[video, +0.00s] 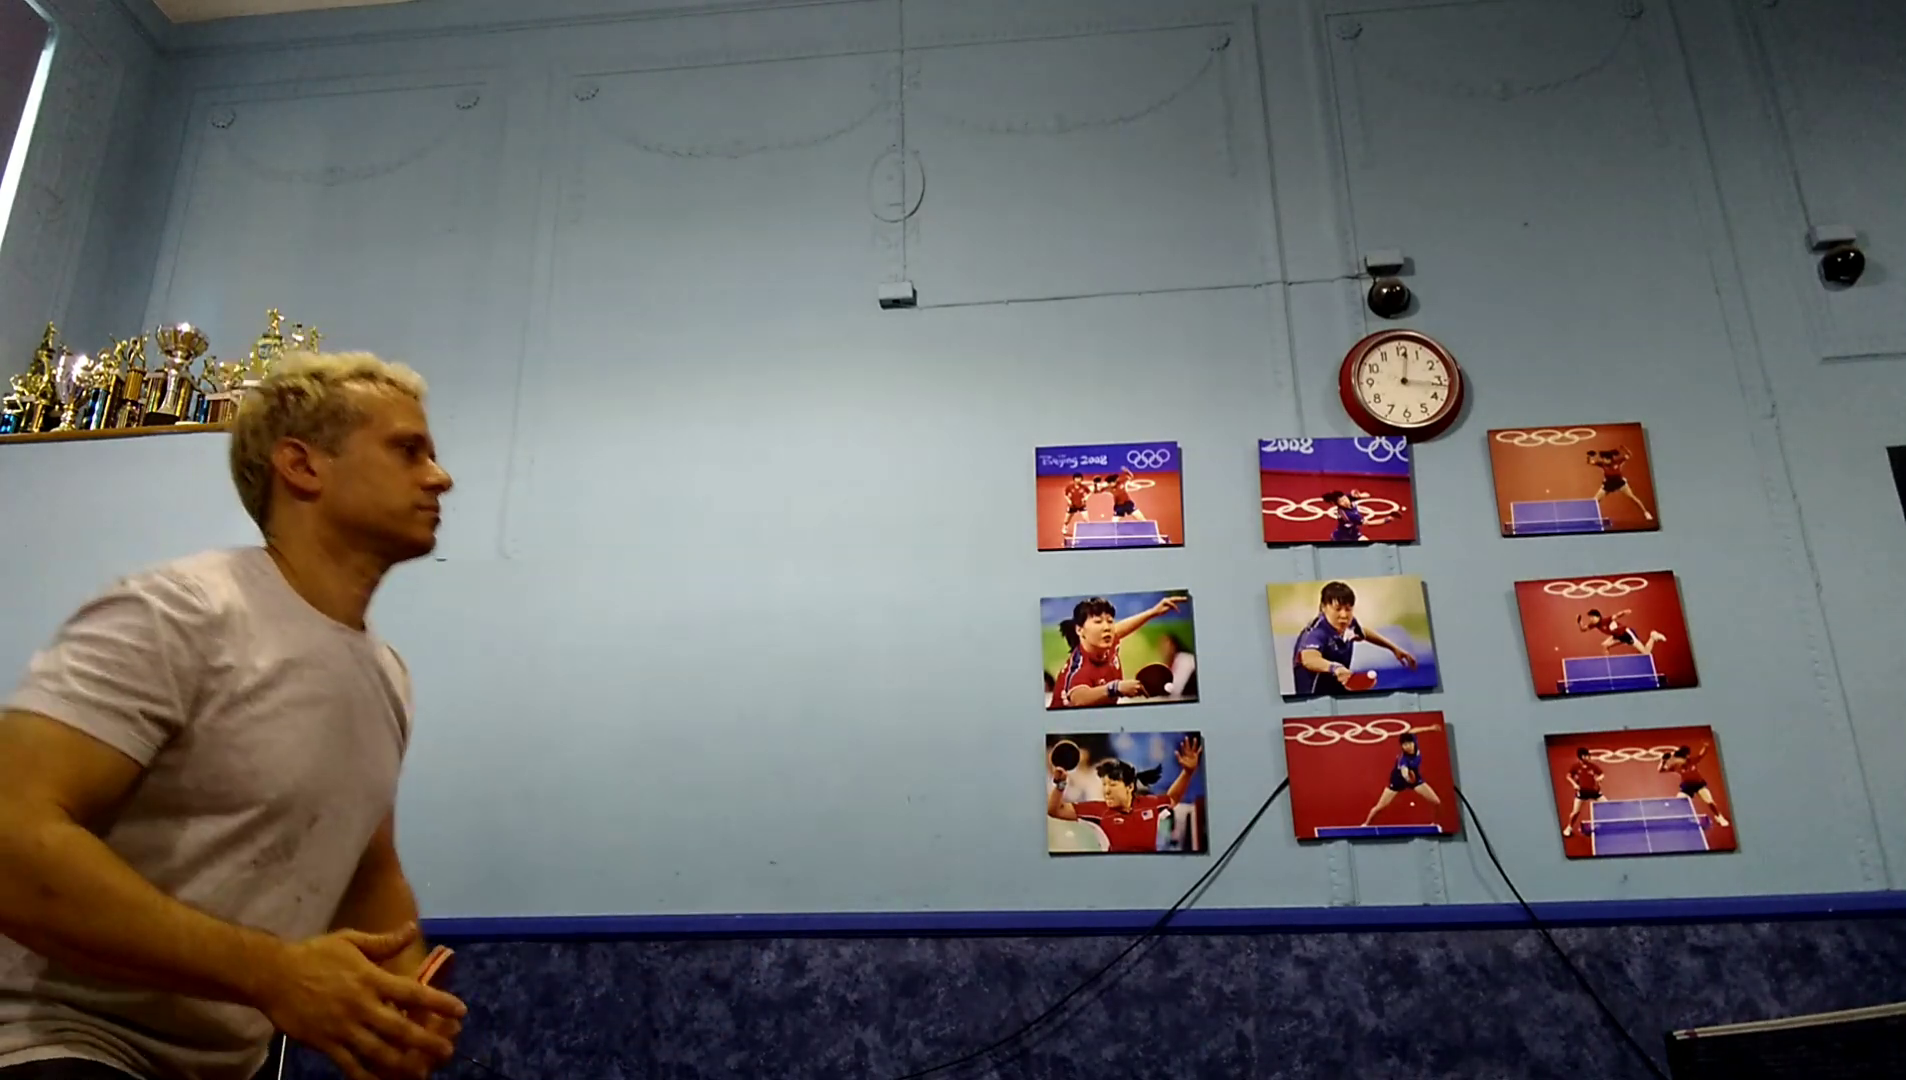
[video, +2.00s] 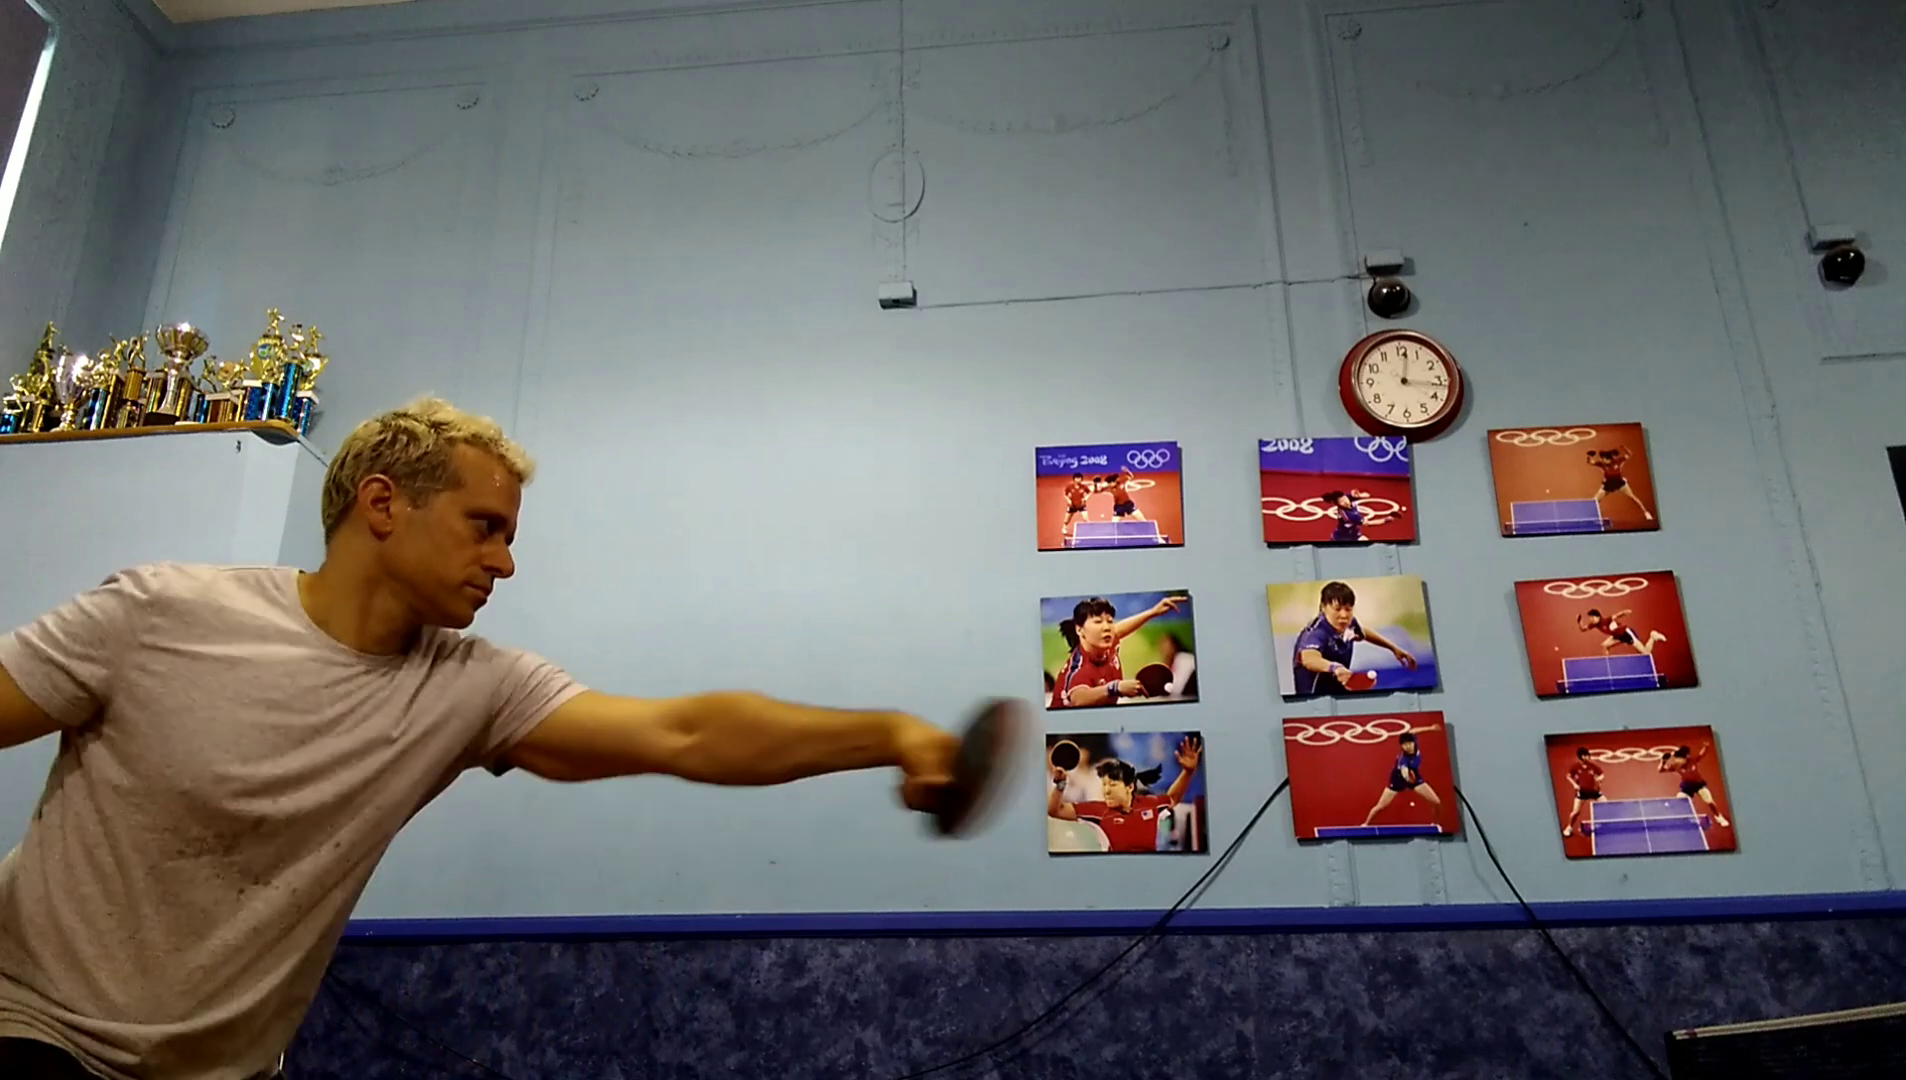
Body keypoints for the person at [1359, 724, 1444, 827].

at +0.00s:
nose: (1408, 747)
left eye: (1409, 744)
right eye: (1405, 745)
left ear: (1413, 743)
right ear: (1402, 747)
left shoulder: (1416, 747)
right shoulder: (1403, 759)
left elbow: (1414, 731)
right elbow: (1404, 772)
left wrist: (1431, 728)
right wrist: (1409, 779)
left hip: (1414, 780)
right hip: (1398, 781)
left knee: (1436, 802)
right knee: (1381, 806)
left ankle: (1434, 823)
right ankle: (1366, 823)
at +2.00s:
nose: (1408, 747)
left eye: (1409, 744)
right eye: (1405, 745)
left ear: (1414, 743)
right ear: (1402, 746)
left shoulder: (1416, 748)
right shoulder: (1403, 758)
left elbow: (1414, 731)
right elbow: (1404, 771)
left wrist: (1431, 728)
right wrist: (1409, 778)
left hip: (1415, 779)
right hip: (1398, 781)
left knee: (1436, 802)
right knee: (1381, 806)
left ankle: (1435, 823)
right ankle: (1366, 823)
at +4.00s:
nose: (1408, 747)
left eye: (1409, 744)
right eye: (1405, 745)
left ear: (1414, 743)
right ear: (1402, 746)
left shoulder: (1416, 747)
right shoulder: (1403, 759)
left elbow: (1413, 731)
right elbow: (1404, 771)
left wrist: (1431, 728)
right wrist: (1409, 778)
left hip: (1415, 779)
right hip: (1398, 781)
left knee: (1436, 802)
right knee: (1381, 806)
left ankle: (1435, 824)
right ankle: (1366, 823)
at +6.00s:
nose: (1408, 747)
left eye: (1409, 744)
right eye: (1405, 745)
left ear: (1414, 743)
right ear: (1402, 746)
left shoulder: (1416, 747)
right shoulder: (1403, 758)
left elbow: (1414, 731)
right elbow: (1404, 770)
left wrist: (1431, 728)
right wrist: (1408, 778)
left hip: (1414, 779)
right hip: (1398, 781)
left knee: (1436, 801)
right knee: (1381, 806)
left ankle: (1436, 823)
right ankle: (1366, 823)